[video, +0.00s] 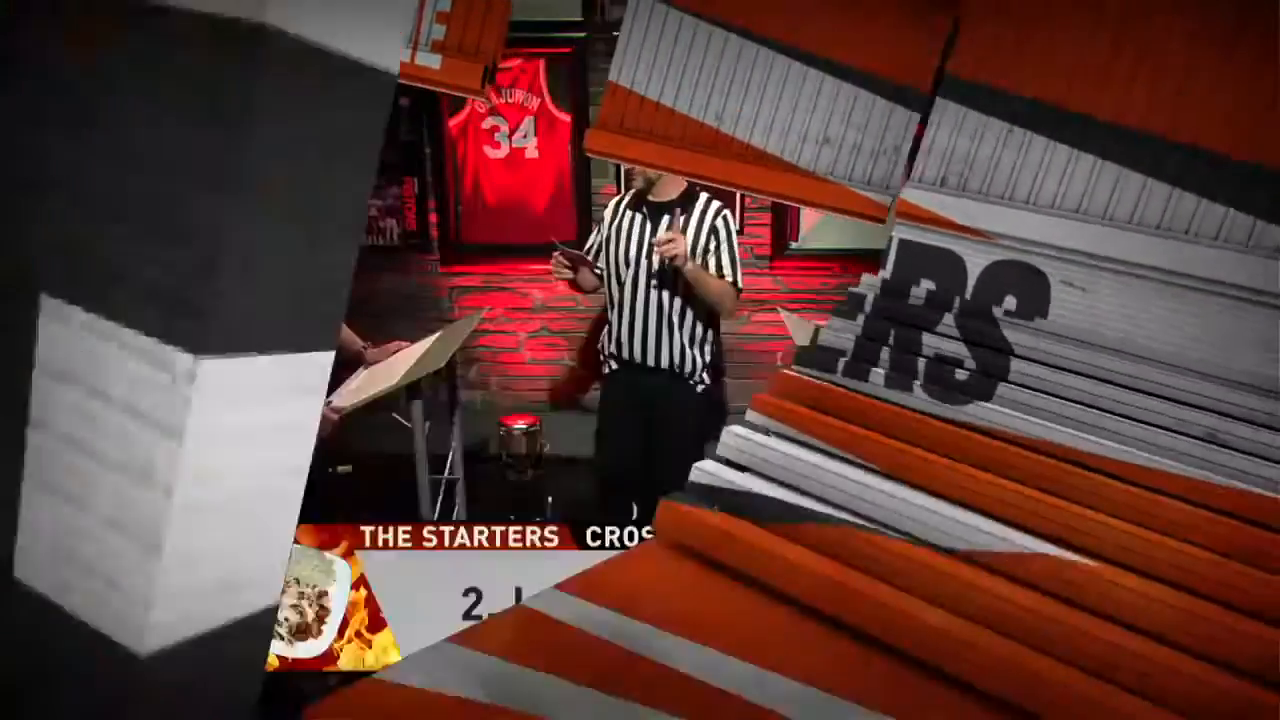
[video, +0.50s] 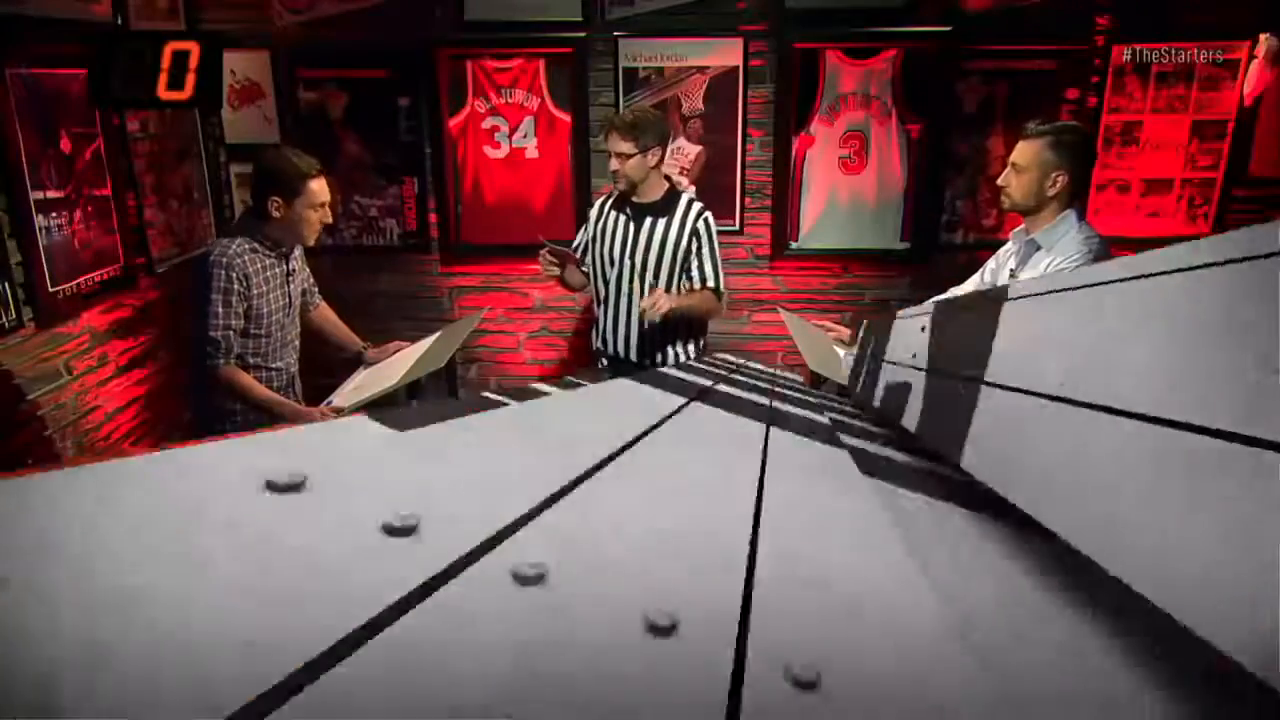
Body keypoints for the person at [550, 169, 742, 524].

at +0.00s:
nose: (627, 162)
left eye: (636, 151)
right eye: (625, 153)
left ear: (668, 152)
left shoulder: (712, 216)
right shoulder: (618, 209)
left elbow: (727, 303)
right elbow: (601, 281)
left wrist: (687, 265)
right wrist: (576, 271)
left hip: (685, 387)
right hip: (622, 381)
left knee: (673, 499)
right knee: (614, 496)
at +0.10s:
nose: (624, 166)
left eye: (634, 157)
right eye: (622, 158)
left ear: (666, 157)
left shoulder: (708, 218)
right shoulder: (617, 210)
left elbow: (718, 306)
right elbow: (593, 280)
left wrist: (677, 268)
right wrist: (573, 270)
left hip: (681, 378)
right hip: (617, 371)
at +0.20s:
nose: (620, 169)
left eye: (631, 159)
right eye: (618, 159)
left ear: (663, 158)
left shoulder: (705, 220)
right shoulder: (614, 210)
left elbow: (712, 307)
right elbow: (590, 281)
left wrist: (673, 284)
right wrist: (567, 269)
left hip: (676, 370)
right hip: (614, 362)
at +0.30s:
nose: (616, 170)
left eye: (626, 160)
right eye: (613, 159)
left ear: (659, 158)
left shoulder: (699, 220)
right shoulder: (609, 213)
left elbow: (711, 306)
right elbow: (587, 281)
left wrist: (669, 289)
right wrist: (564, 271)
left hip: (676, 372)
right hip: (612, 367)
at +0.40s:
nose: (613, 169)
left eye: (624, 160)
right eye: (611, 158)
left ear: (656, 157)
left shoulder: (697, 220)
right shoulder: (607, 211)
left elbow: (711, 304)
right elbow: (585, 279)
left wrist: (670, 294)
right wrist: (562, 270)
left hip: (674, 373)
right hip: (610, 368)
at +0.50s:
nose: (612, 167)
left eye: (623, 157)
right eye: (610, 156)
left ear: (654, 156)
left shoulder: (693, 218)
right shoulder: (603, 210)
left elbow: (712, 301)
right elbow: (581, 280)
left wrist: (674, 302)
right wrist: (563, 269)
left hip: (672, 373)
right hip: (611, 367)